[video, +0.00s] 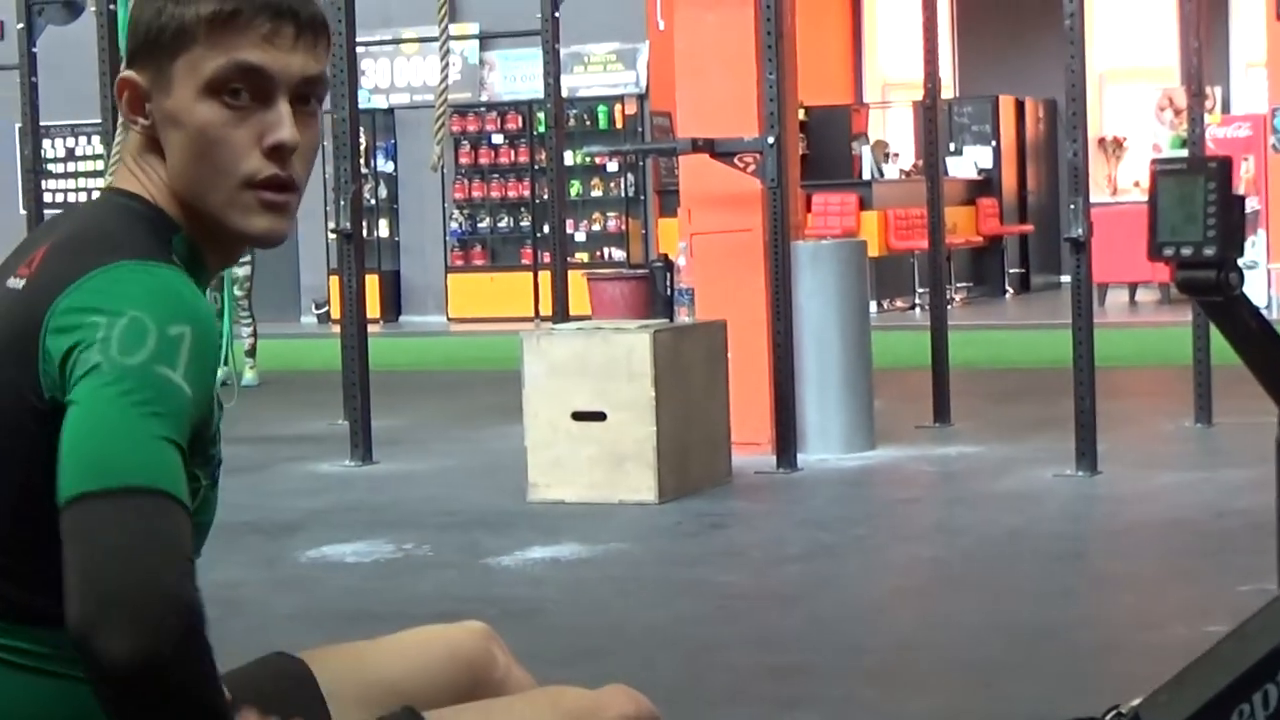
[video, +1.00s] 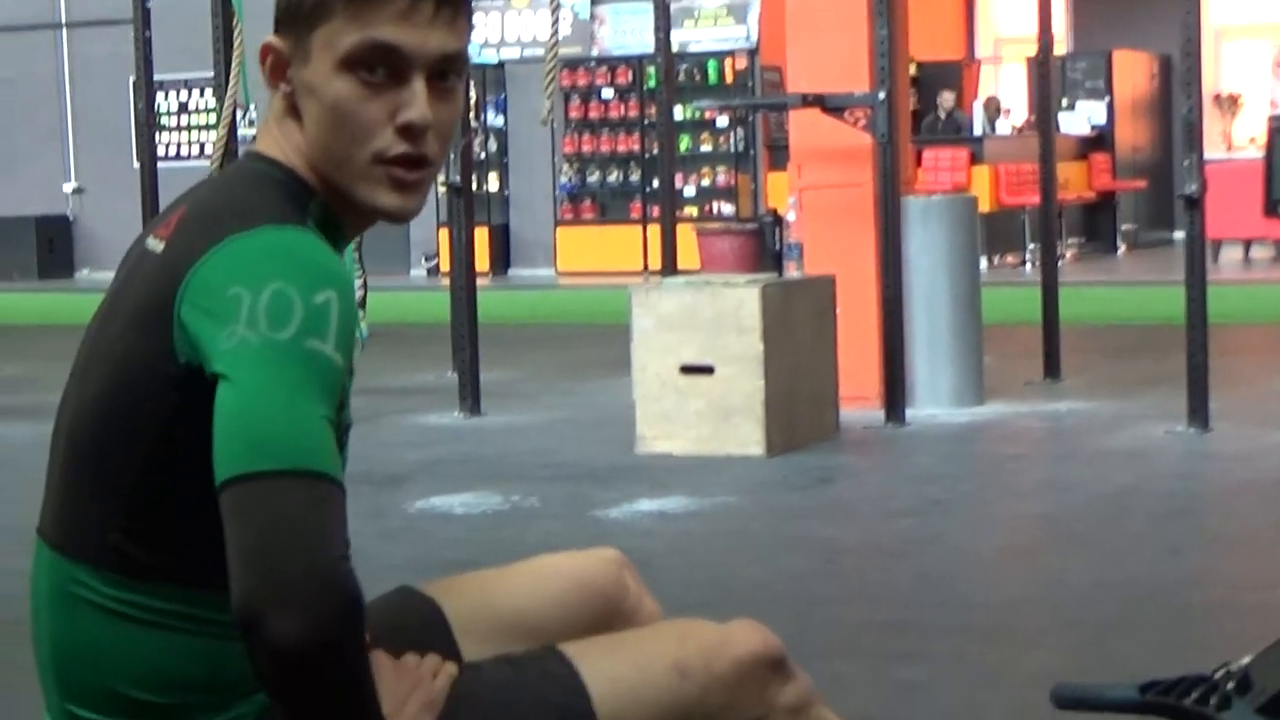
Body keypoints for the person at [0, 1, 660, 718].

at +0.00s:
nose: (287, 137)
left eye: (305, 102)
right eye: (238, 94)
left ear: (322, 116)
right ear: (139, 106)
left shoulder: (97, 255)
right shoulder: (145, 295)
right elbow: (130, 622)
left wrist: (206, 697)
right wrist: (213, 711)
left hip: (75, 688)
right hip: (86, 701)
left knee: (472, 653)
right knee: (620, 707)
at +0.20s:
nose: (265, 148)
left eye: (284, 106)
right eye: (218, 104)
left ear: (303, 112)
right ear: (117, 114)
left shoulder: (59, 260)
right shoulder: (135, 306)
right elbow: (207, 673)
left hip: (64, 688)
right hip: (116, 708)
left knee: (492, 659)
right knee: (637, 707)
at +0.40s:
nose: (268, 151)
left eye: (287, 109)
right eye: (218, 109)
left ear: (308, 117)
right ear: (122, 125)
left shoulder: (83, 273)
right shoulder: (135, 325)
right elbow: (180, 685)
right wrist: (263, 708)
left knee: (514, 661)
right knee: (665, 711)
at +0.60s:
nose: (322, 163)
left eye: (343, 121)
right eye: (273, 123)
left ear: (367, 128)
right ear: (179, 133)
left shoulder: (130, 268)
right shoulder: (190, 331)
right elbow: (183, 682)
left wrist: (237, 691)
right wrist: (269, 703)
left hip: (85, 691)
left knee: (553, 654)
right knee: (695, 708)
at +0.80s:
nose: (382, 166)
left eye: (406, 125)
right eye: (335, 120)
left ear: (428, 131)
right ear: (239, 121)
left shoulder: (213, 273)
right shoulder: (240, 315)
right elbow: (246, 677)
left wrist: (301, 690)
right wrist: (326, 708)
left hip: (155, 691)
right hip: (155, 718)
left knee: (580, 641)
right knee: (722, 706)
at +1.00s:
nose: (423, 114)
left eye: (446, 78)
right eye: (378, 70)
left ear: (466, 90)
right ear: (283, 74)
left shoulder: (247, 223)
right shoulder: (281, 261)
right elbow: (296, 617)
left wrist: (343, 665)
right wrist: (367, 712)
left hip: (201, 670)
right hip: (221, 703)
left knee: (603, 583)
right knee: (745, 661)